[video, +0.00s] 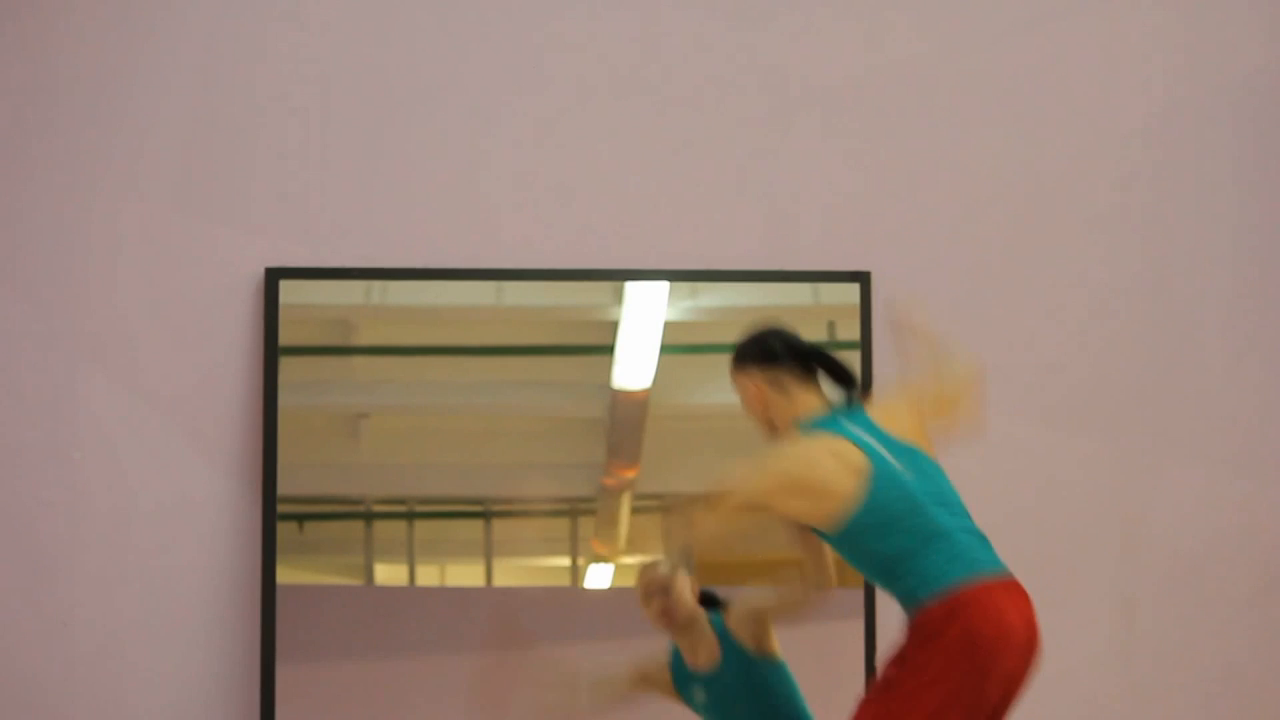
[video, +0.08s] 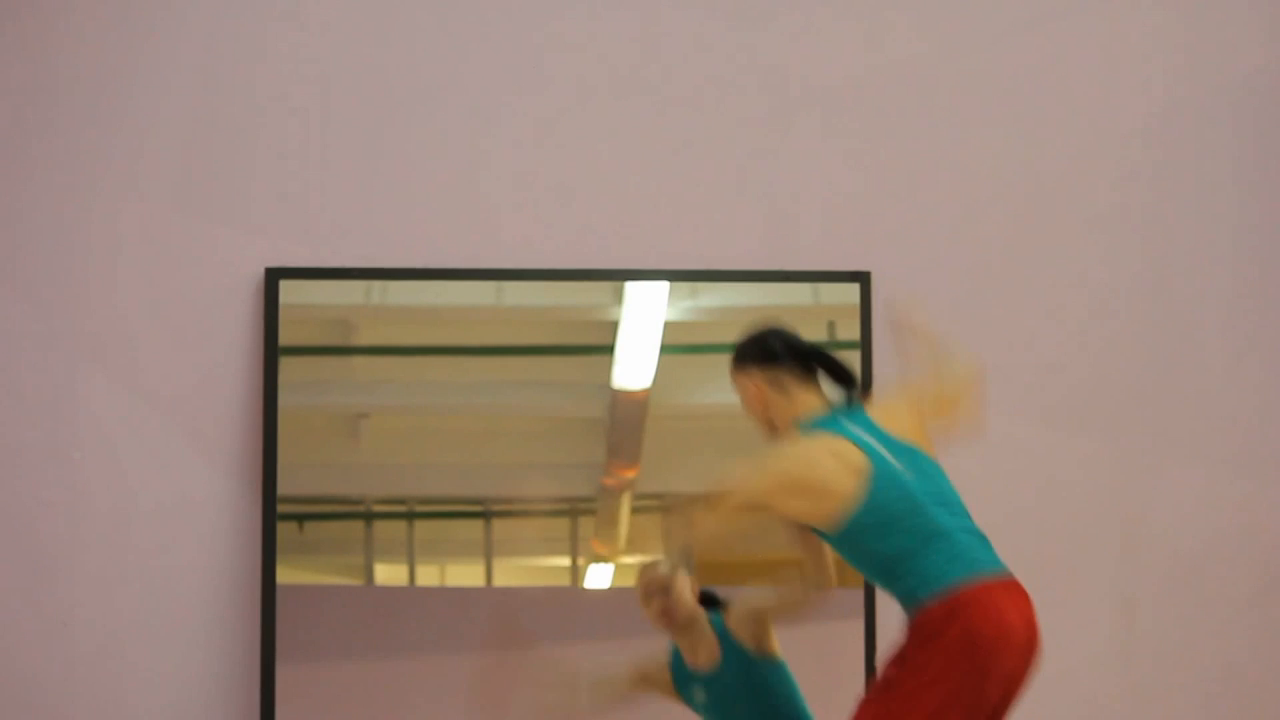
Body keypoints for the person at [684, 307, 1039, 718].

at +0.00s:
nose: (749, 414)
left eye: (743, 398)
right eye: (742, 400)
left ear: (759, 389)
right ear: (807, 373)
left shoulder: (798, 463)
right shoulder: (887, 418)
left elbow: (693, 520)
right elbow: (957, 382)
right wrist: (920, 332)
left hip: (962, 629)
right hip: (1008, 616)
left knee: (876, 708)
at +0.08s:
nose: (749, 415)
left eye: (744, 398)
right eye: (742, 401)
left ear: (759, 389)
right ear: (807, 372)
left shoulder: (796, 464)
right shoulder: (887, 417)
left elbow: (692, 521)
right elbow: (957, 383)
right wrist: (920, 332)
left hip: (961, 629)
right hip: (1008, 616)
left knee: (876, 708)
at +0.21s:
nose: (745, 376)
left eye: (740, 364)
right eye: (740, 364)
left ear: (748, 358)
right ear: (797, 334)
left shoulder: (775, 430)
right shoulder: (880, 369)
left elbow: (672, 450)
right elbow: (951, 309)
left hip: (938, 602)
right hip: (994, 585)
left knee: (868, 708)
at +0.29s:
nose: (745, 376)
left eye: (741, 364)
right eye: (740, 364)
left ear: (749, 358)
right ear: (797, 334)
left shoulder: (775, 430)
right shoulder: (880, 370)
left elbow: (671, 451)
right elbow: (951, 309)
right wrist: (901, 246)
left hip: (938, 602)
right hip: (994, 585)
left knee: (868, 708)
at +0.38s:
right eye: (786, 275)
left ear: (730, 314)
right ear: (788, 282)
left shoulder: (726, 381)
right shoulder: (858, 310)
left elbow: (776, 484)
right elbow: (929, 231)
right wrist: (866, 178)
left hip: (900, 557)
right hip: (967, 536)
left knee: (868, 707)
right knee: (956, 708)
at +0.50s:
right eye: (786, 275)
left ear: (730, 314)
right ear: (788, 282)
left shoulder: (725, 381)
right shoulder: (858, 309)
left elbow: (776, 484)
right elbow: (929, 231)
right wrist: (866, 178)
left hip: (900, 558)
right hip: (967, 537)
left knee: (868, 707)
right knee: (956, 708)